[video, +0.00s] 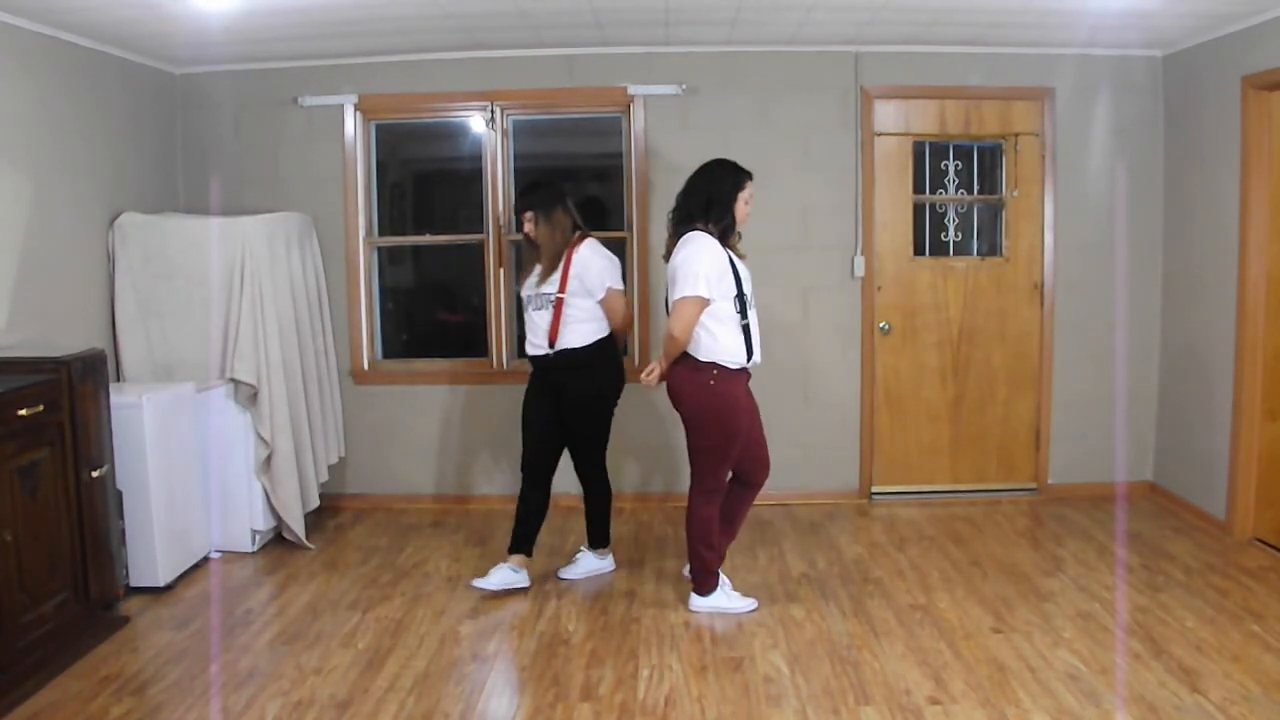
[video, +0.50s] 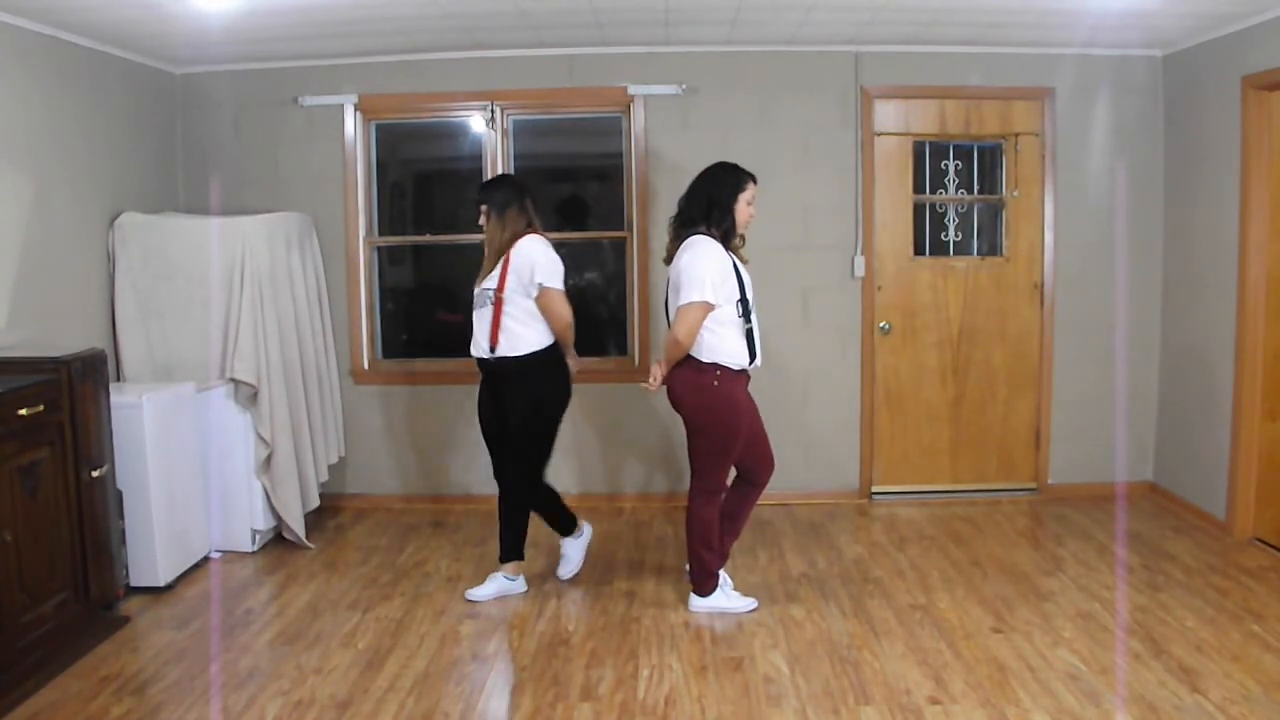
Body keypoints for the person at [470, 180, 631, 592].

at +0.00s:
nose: (526, 232)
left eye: (529, 222)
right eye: (523, 224)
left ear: (547, 217)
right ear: (548, 220)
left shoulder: (591, 255)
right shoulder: (542, 263)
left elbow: (620, 317)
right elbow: (547, 323)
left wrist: (601, 347)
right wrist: (586, 343)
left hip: (590, 371)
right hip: (547, 373)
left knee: (590, 464)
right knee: (536, 468)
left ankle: (599, 553)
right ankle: (517, 562)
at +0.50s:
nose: (481, 217)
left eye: (485, 209)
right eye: (481, 210)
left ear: (504, 210)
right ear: (512, 208)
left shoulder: (533, 248)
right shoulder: (497, 254)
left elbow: (560, 315)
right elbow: (508, 318)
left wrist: (568, 351)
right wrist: (560, 351)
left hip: (536, 373)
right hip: (498, 375)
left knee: (524, 476)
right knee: (508, 473)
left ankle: (575, 531)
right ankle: (512, 570)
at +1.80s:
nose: (499, 210)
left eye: (502, 202)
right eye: (500, 202)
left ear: (513, 205)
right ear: (544, 203)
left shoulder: (524, 252)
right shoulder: (561, 250)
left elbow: (552, 322)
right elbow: (577, 317)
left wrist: (587, 360)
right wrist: (586, 359)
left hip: (533, 374)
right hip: (562, 371)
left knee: (534, 485)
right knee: (550, 477)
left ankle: (551, 590)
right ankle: (579, 572)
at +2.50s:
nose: (507, 211)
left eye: (510, 202)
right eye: (507, 202)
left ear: (524, 204)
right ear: (549, 204)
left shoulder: (532, 247)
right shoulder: (567, 244)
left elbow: (564, 310)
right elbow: (605, 296)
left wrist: (599, 355)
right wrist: (601, 347)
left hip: (554, 372)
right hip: (579, 367)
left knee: (559, 483)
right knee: (575, 477)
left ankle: (575, 591)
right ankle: (584, 574)